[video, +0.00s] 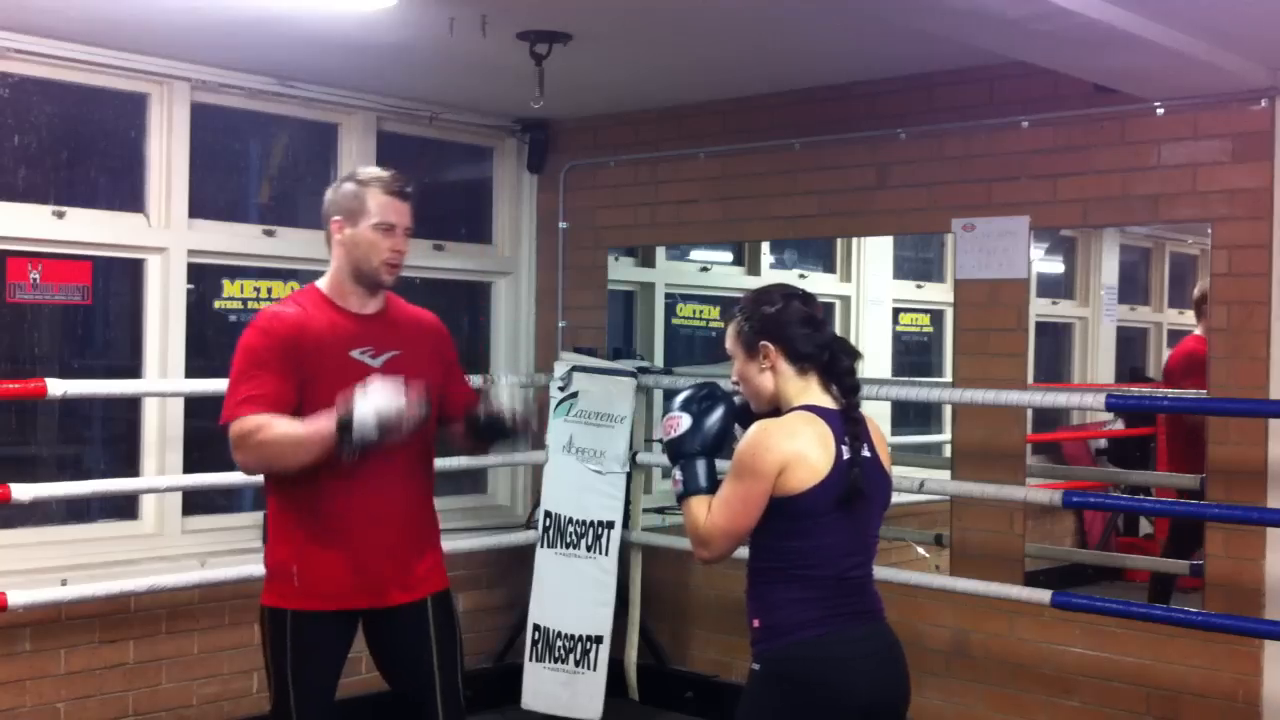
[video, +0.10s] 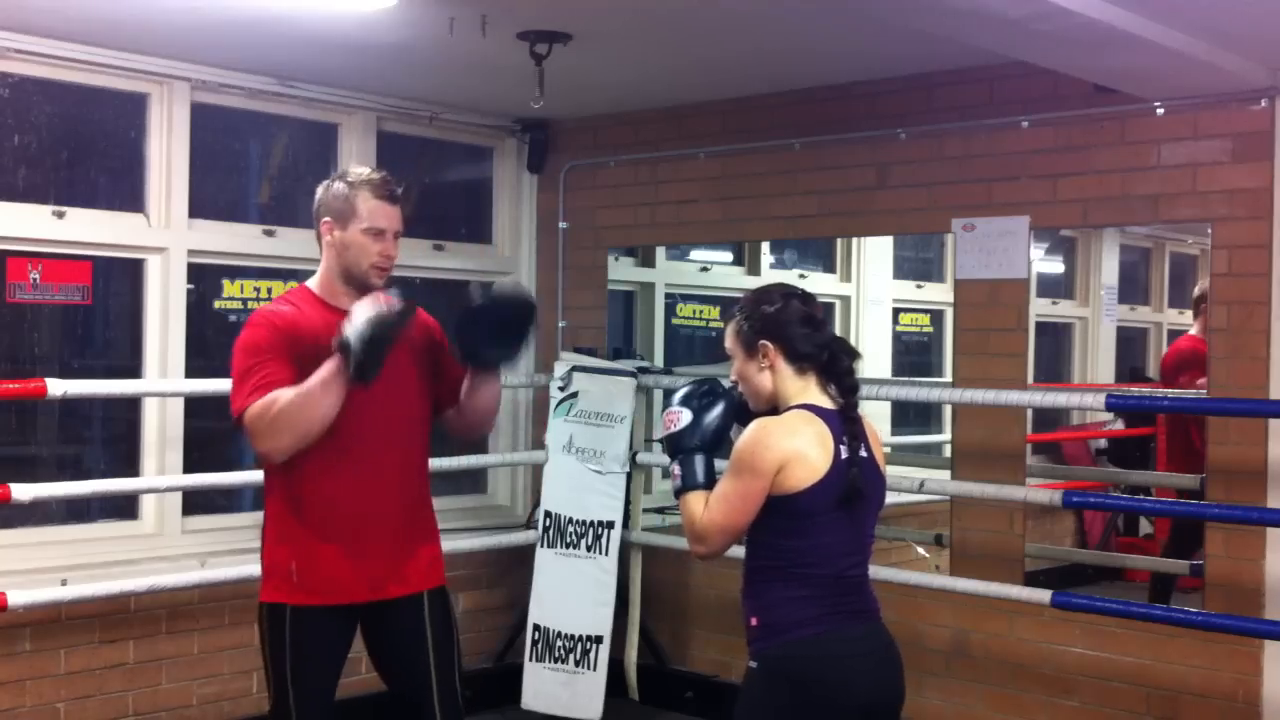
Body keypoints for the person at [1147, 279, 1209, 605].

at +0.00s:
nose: (1224, 313)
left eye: (1221, 306)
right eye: (1220, 306)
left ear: (1199, 309)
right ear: (1209, 309)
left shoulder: (1190, 350)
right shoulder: (1195, 353)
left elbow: (1181, 416)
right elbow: (1196, 416)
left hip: (1190, 463)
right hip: (1194, 466)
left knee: (1184, 536)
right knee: (1183, 537)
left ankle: (1157, 605)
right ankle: (1157, 608)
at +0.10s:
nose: (1223, 314)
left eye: (1220, 307)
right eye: (1219, 308)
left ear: (1199, 307)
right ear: (1206, 308)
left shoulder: (1188, 348)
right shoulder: (1191, 352)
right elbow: (1199, 416)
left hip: (1190, 461)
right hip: (1193, 464)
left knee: (1187, 534)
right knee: (1184, 536)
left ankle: (1158, 605)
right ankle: (1157, 608)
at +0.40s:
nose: (1221, 317)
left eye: (1220, 310)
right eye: (1218, 310)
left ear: (1205, 310)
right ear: (1206, 310)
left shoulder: (1206, 352)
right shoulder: (1186, 353)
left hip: (1208, 463)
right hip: (1194, 464)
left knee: (1197, 537)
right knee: (1190, 538)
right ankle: (1160, 608)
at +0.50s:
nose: (1224, 319)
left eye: (1222, 313)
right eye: (1221, 313)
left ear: (1203, 311)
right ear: (1209, 312)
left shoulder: (1192, 351)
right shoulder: (1191, 353)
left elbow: (1185, 414)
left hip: (1199, 464)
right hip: (1196, 466)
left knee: (1196, 536)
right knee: (1192, 537)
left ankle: (1164, 604)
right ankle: (1162, 607)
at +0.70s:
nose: (1226, 320)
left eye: (1224, 313)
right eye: (1223, 313)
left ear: (1204, 312)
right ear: (1211, 313)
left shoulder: (1201, 350)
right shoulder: (1189, 351)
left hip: (1203, 465)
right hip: (1193, 466)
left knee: (1197, 538)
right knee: (1191, 539)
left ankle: (1164, 604)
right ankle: (1162, 608)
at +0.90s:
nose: (1223, 320)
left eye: (1221, 313)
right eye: (1219, 313)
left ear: (1202, 311)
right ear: (1205, 312)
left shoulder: (1208, 352)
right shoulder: (1177, 353)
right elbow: (1208, 377)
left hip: (1210, 466)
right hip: (1188, 468)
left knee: (1200, 539)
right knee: (1190, 540)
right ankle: (1163, 609)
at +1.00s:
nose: (1219, 320)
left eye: (1218, 313)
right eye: (1215, 313)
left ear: (1201, 314)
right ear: (1201, 313)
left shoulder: (1209, 353)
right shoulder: (1174, 353)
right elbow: (1183, 382)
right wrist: (1222, 367)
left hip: (1212, 461)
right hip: (1189, 463)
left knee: (1203, 538)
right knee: (1192, 538)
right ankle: (1164, 607)